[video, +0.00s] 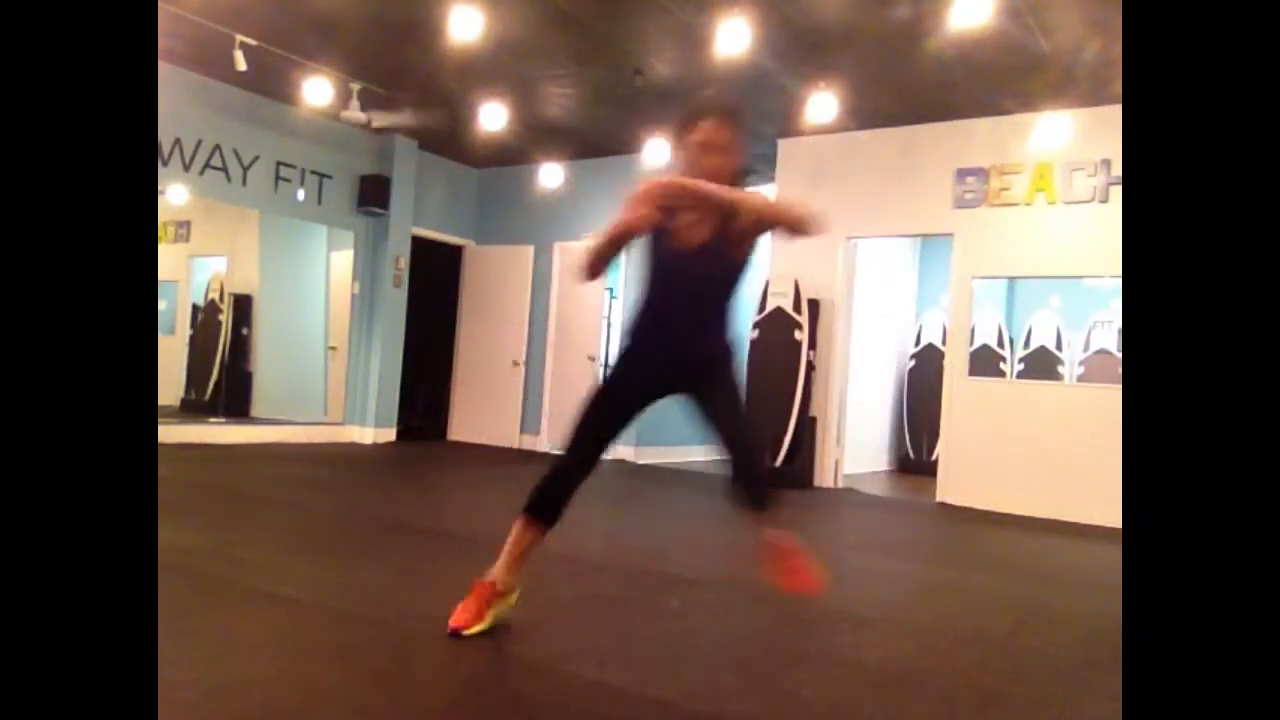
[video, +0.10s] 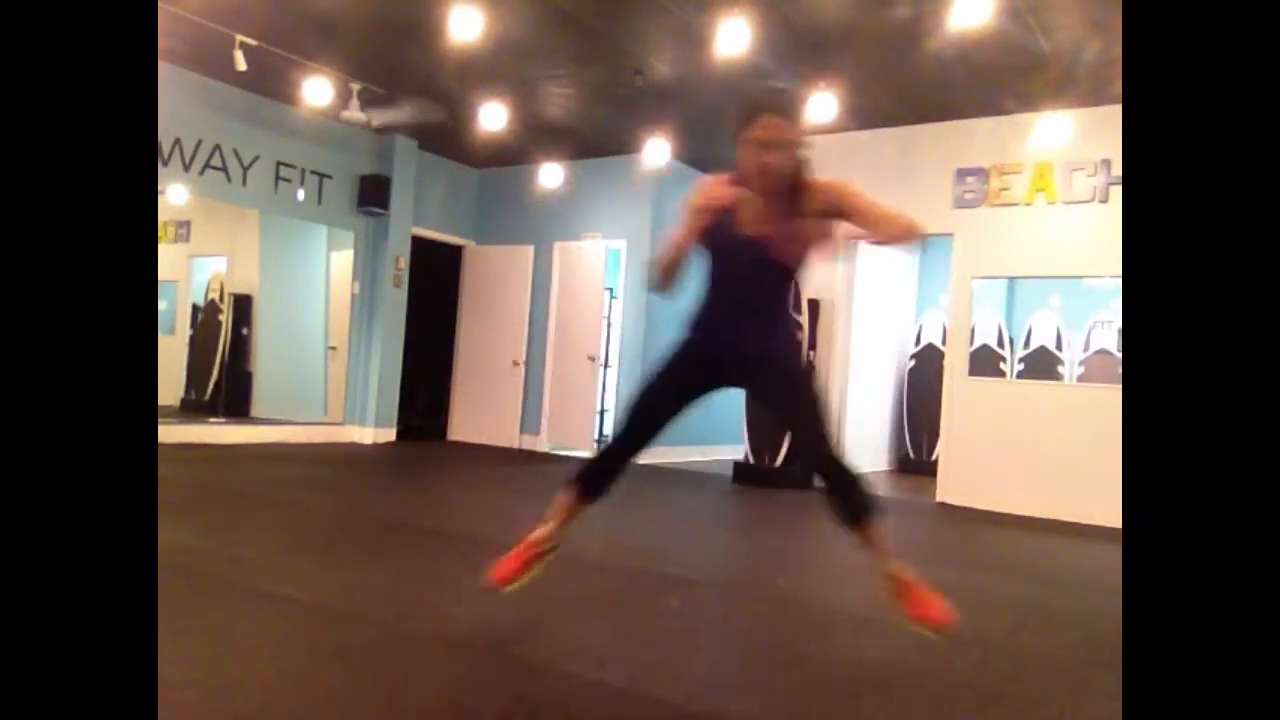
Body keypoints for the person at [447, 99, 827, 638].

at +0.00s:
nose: (709, 158)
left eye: (721, 149)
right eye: (700, 147)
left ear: (739, 158)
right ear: (682, 151)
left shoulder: (746, 212)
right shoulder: (660, 200)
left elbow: (803, 222)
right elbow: (591, 266)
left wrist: (732, 203)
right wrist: (633, 223)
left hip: (707, 362)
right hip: (646, 355)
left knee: (748, 457)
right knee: (576, 460)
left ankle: (774, 540)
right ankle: (500, 579)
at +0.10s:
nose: (772, 158)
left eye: (783, 147)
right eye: (760, 146)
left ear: (799, 150)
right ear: (739, 147)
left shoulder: (820, 199)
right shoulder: (717, 196)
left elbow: (909, 230)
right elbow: (663, 280)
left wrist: (855, 229)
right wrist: (690, 227)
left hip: (774, 356)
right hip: (708, 349)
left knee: (827, 464)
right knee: (625, 442)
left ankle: (895, 573)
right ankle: (543, 537)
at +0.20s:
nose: (835, 190)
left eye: (844, 177)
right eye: (823, 179)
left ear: (859, 177)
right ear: (801, 181)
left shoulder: (880, 228)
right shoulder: (781, 234)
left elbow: (962, 277)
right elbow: (753, 319)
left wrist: (969, 312)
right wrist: (787, 253)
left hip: (834, 379)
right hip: (771, 374)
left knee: (890, 493)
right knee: (702, 448)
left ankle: (960, 625)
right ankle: (650, 495)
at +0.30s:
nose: (886, 235)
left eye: (897, 224)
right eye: (874, 224)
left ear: (910, 227)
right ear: (850, 225)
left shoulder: (932, 281)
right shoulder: (823, 284)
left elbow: (990, 343)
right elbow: (830, 364)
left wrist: (1018, 426)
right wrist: (866, 304)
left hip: (890, 417)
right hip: (824, 416)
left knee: (935, 524)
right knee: (769, 529)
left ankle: (965, 652)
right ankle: (780, 482)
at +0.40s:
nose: (926, 278)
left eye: (938, 264)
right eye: (911, 265)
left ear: (953, 267)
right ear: (888, 268)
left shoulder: (963, 321)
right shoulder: (857, 328)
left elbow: (975, 365)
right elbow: (890, 426)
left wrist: (983, 416)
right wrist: (918, 358)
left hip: (922, 429)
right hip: (857, 435)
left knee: (951, 540)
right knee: (866, 568)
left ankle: (965, 656)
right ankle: (890, 540)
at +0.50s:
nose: (942, 298)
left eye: (953, 285)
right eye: (927, 286)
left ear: (971, 290)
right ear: (904, 293)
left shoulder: (977, 341)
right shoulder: (871, 349)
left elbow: (956, 377)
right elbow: (908, 456)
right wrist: (940, 381)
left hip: (942, 447)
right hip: (878, 460)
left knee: (951, 558)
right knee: (918, 577)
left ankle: (966, 656)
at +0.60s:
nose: (936, 290)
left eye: (949, 277)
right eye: (922, 278)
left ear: (968, 284)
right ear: (902, 283)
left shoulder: (972, 336)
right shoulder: (867, 342)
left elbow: (957, 378)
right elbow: (870, 451)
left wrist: (961, 395)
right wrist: (940, 403)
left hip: (941, 440)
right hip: (879, 457)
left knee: (944, 552)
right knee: (920, 568)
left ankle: (966, 656)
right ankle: (997, 544)